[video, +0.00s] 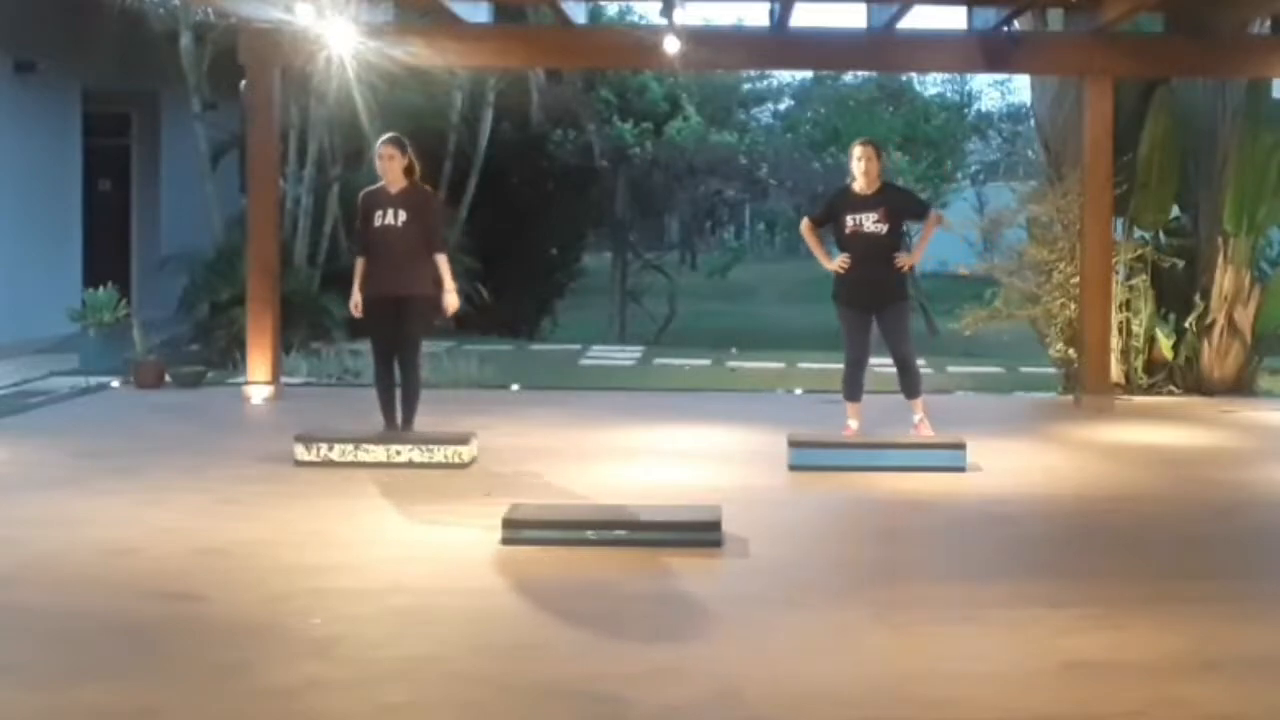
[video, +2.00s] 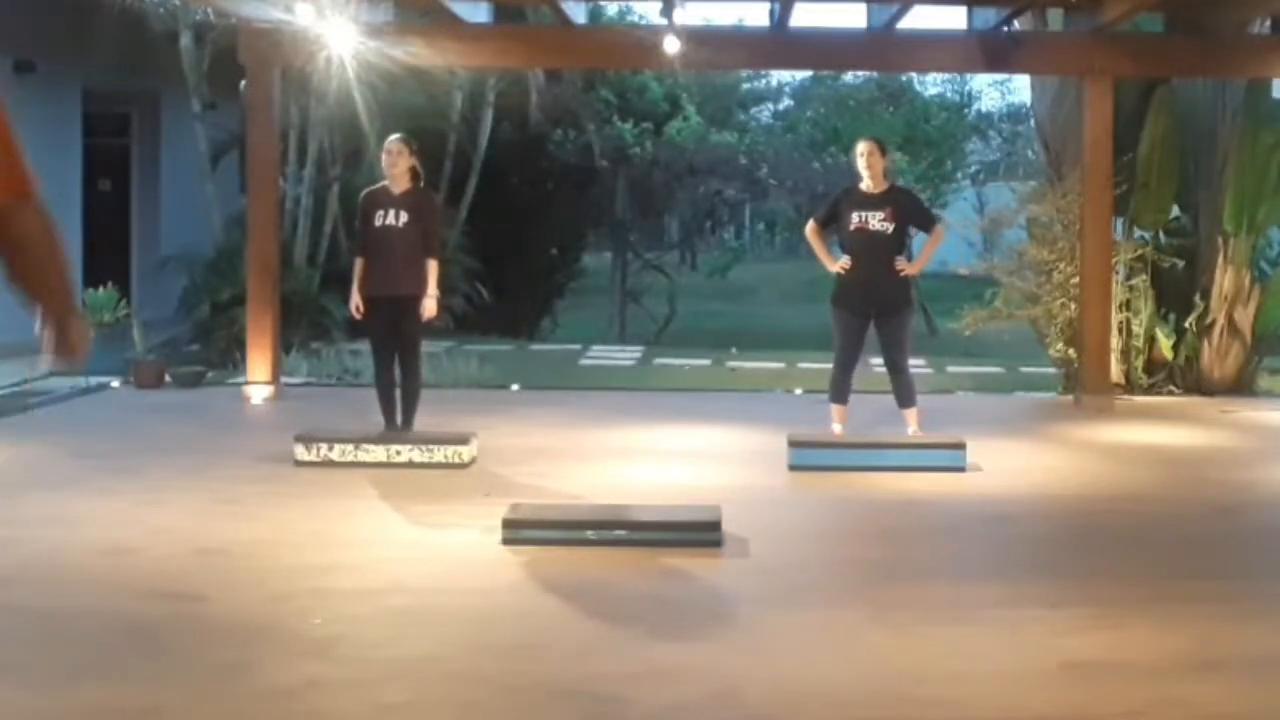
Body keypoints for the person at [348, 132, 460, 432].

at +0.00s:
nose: (385, 163)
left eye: (391, 157)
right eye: (380, 157)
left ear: (405, 161)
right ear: (375, 161)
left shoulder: (424, 197)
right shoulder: (368, 198)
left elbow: (437, 246)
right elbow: (362, 249)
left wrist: (449, 287)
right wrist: (356, 288)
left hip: (415, 293)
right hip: (378, 293)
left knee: (409, 359)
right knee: (382, 360)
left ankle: (407, 424)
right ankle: (389, 424)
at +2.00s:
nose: (390, 159)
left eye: (397, 154)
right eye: (386, 153)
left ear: (411, 159)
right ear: (381, 158)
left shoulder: (425, 199)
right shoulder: (370, 198)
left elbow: (432, 249)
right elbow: (361, 248)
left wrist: (431, 292)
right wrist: (355, 288)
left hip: (410, 295)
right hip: (377, 295)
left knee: (409, 363)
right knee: (383, 364)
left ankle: (407, 425)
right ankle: (389, 424)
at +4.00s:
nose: (403, 175)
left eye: (408, 169)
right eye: (398, 169)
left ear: (422, 166)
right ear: (392, 168)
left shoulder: (436, 203)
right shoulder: (384, 199)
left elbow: (443, 252)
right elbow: (376, 249)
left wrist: (442, 294)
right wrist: (365, 288)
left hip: (420, 291)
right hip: (384, 288)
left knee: (418, 359)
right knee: (376, 355)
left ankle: (409, 421)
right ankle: (376, 417)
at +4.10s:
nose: (403, 175)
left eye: (409, 168)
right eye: (399, 169)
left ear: (423, 166)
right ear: (393, 169)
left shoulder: (436, 202)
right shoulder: (386, 199)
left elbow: (444, 251)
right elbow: (376, 250)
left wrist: (444, 292)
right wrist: (367, 288)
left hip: (420, 293)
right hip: (386, 292)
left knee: (416, 361)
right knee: (379, 358)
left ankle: (409, 421)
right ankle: (374, 419)